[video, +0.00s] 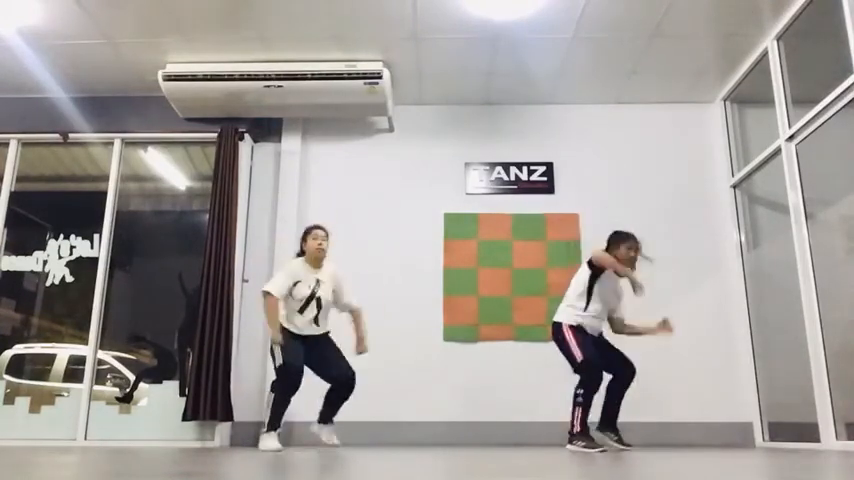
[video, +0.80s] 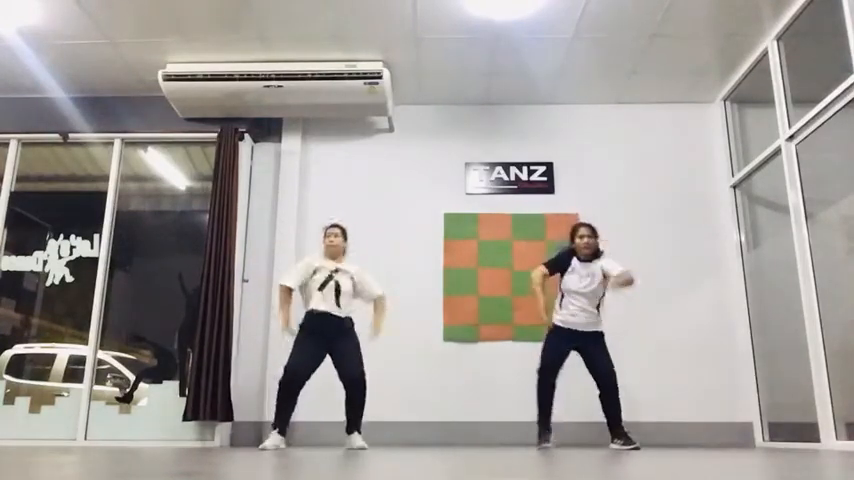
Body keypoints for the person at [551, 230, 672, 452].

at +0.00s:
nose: (635, 256)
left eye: (637, 251)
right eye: (630, 250)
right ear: (614, 251)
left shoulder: (615, 287)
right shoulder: (597, 266)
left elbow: (618, 327)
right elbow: (599, 257)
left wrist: (655, 329)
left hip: (591, 334)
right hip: (568, 326)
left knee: (625, 370)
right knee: (591, 373)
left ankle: (607, 428)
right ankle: (577, 435)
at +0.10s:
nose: (621, 248)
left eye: (626, 246)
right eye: (618, 243)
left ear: (629, 253)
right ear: (607, 244)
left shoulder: (620, 284)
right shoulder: (591, 260)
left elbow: (630, 312)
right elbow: (570, 239)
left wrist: (656, 294)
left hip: (595, 334)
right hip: (569, 324)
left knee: (625, 376)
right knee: (582, 374)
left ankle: (613, 431)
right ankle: (577, 435)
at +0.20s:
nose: (604, 239)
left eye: (609, 236)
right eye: (600, 234)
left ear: (618, 241)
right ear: (593, 236)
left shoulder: (621, 270)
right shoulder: (581, 255)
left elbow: (641, 284)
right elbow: (555, 233)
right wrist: (579, 223)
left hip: (598, 330)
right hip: (570, 323)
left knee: (617, 380)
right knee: (573, 369)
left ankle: (610, 434)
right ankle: (567, 430)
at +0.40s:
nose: (584, 232)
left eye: (588, 228)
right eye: (579, 228)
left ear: (593, 234)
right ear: (569, 234)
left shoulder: (603, 254)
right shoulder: (561, 254)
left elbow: (634, 247)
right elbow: (529, 243)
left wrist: (632, 225)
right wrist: (545, 219)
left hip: (597, 327)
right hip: (568, 326)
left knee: (617, 376)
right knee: (557, 380)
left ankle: (620, 430)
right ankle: (548, 433)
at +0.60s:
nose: (576, 239)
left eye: (580, 235)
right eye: (571, 235)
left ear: (587, 239)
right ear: (563, 240)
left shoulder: (596, 261)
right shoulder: (556, 261)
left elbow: (628, 252)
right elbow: (524, 256)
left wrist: (603, 234)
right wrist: (548, 248)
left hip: (596, 330)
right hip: (569, 331)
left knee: (615, 380)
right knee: (561, 383)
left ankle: (619, 434)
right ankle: (549, 435)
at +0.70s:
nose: (582, 244)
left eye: (586, 240)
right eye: (577, 239)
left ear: (592, 243)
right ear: (568, 244)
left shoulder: (600, 265)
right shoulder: (561, 262)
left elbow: (623, 273)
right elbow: (532, 265)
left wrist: (608, 246)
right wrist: (550, 280)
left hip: (597, 336)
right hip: (568, 336)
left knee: (616, 382)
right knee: (559, 385)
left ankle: (619, 434)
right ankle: (549, 435)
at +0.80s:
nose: (585, 241)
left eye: (590, 237)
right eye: (580, 237)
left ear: (596, 241)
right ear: (573, 242)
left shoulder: (603, 263)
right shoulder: (566, 258)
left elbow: (627, 278)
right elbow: (537, 274)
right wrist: (543, 310)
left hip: (591, 334)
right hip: (561, 331)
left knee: (608, 380)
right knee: (546, 375)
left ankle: (617, 433)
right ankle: (544, 431)